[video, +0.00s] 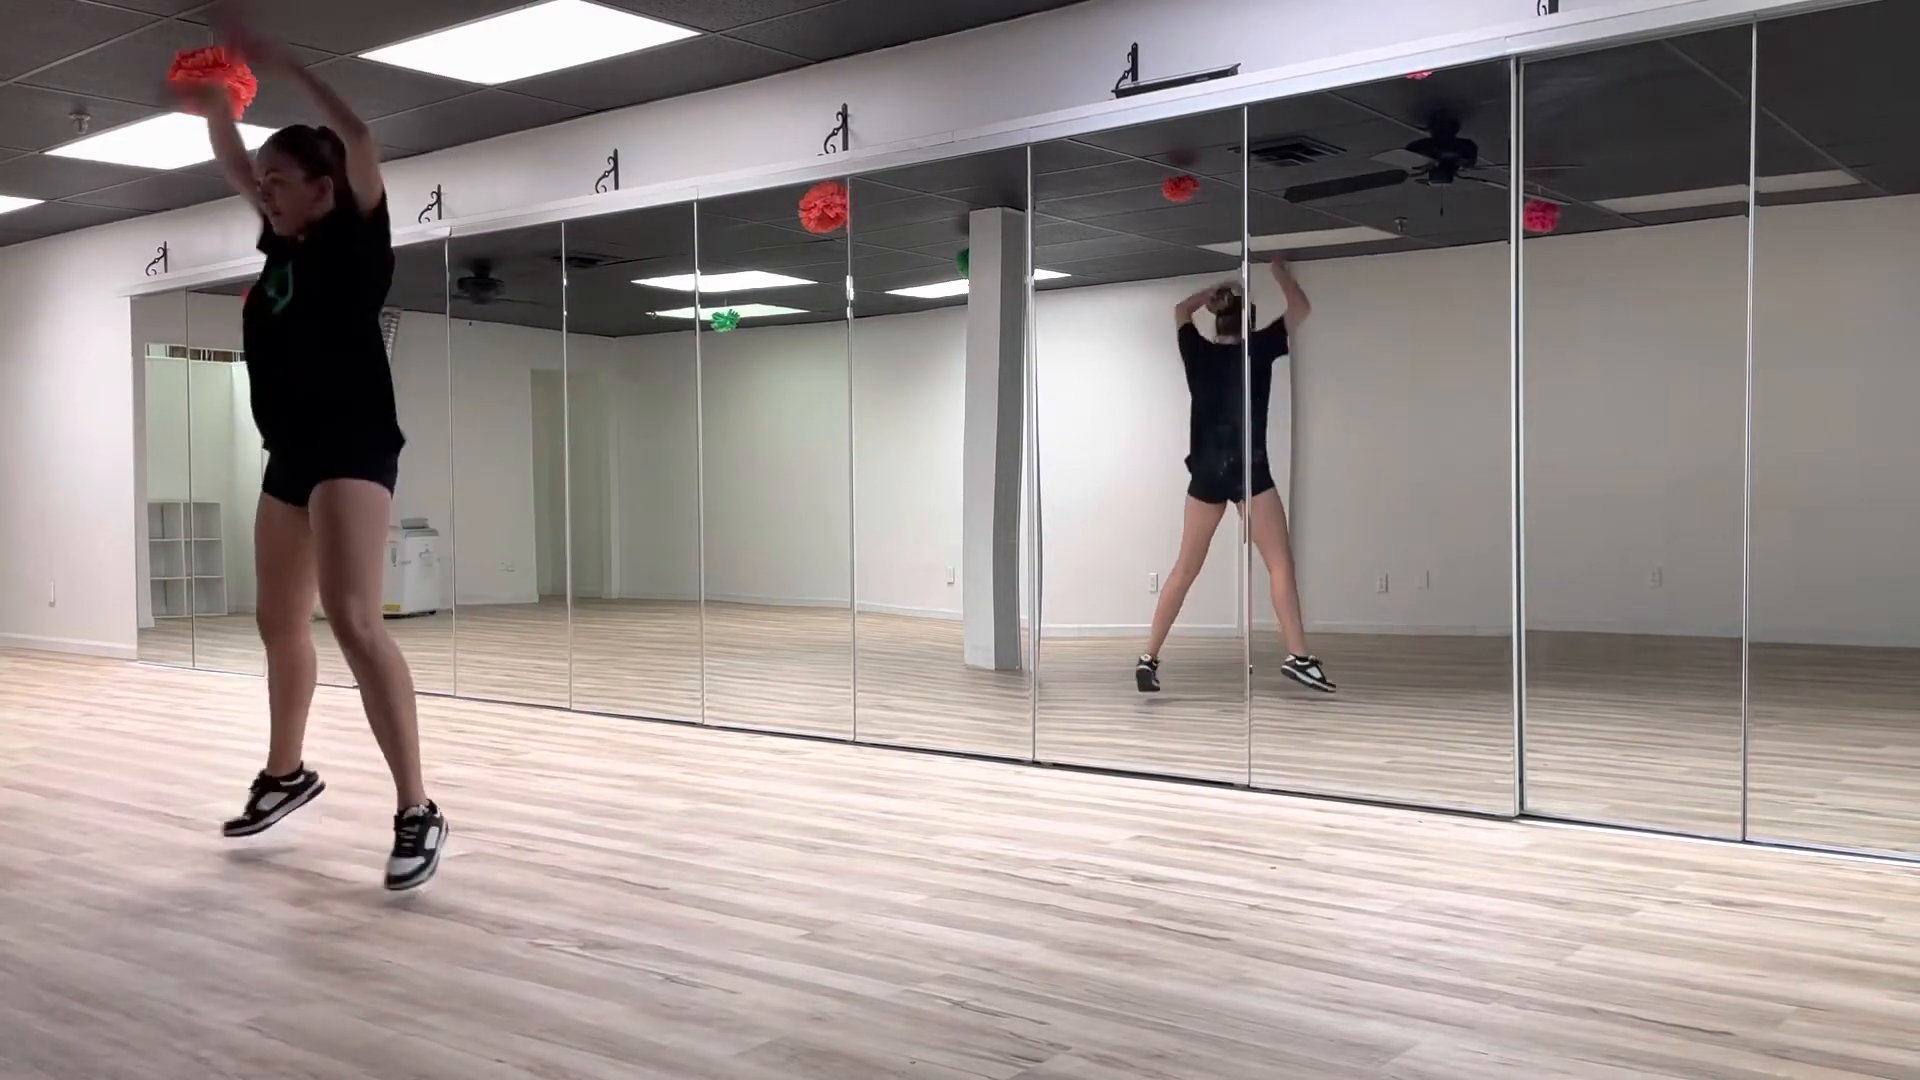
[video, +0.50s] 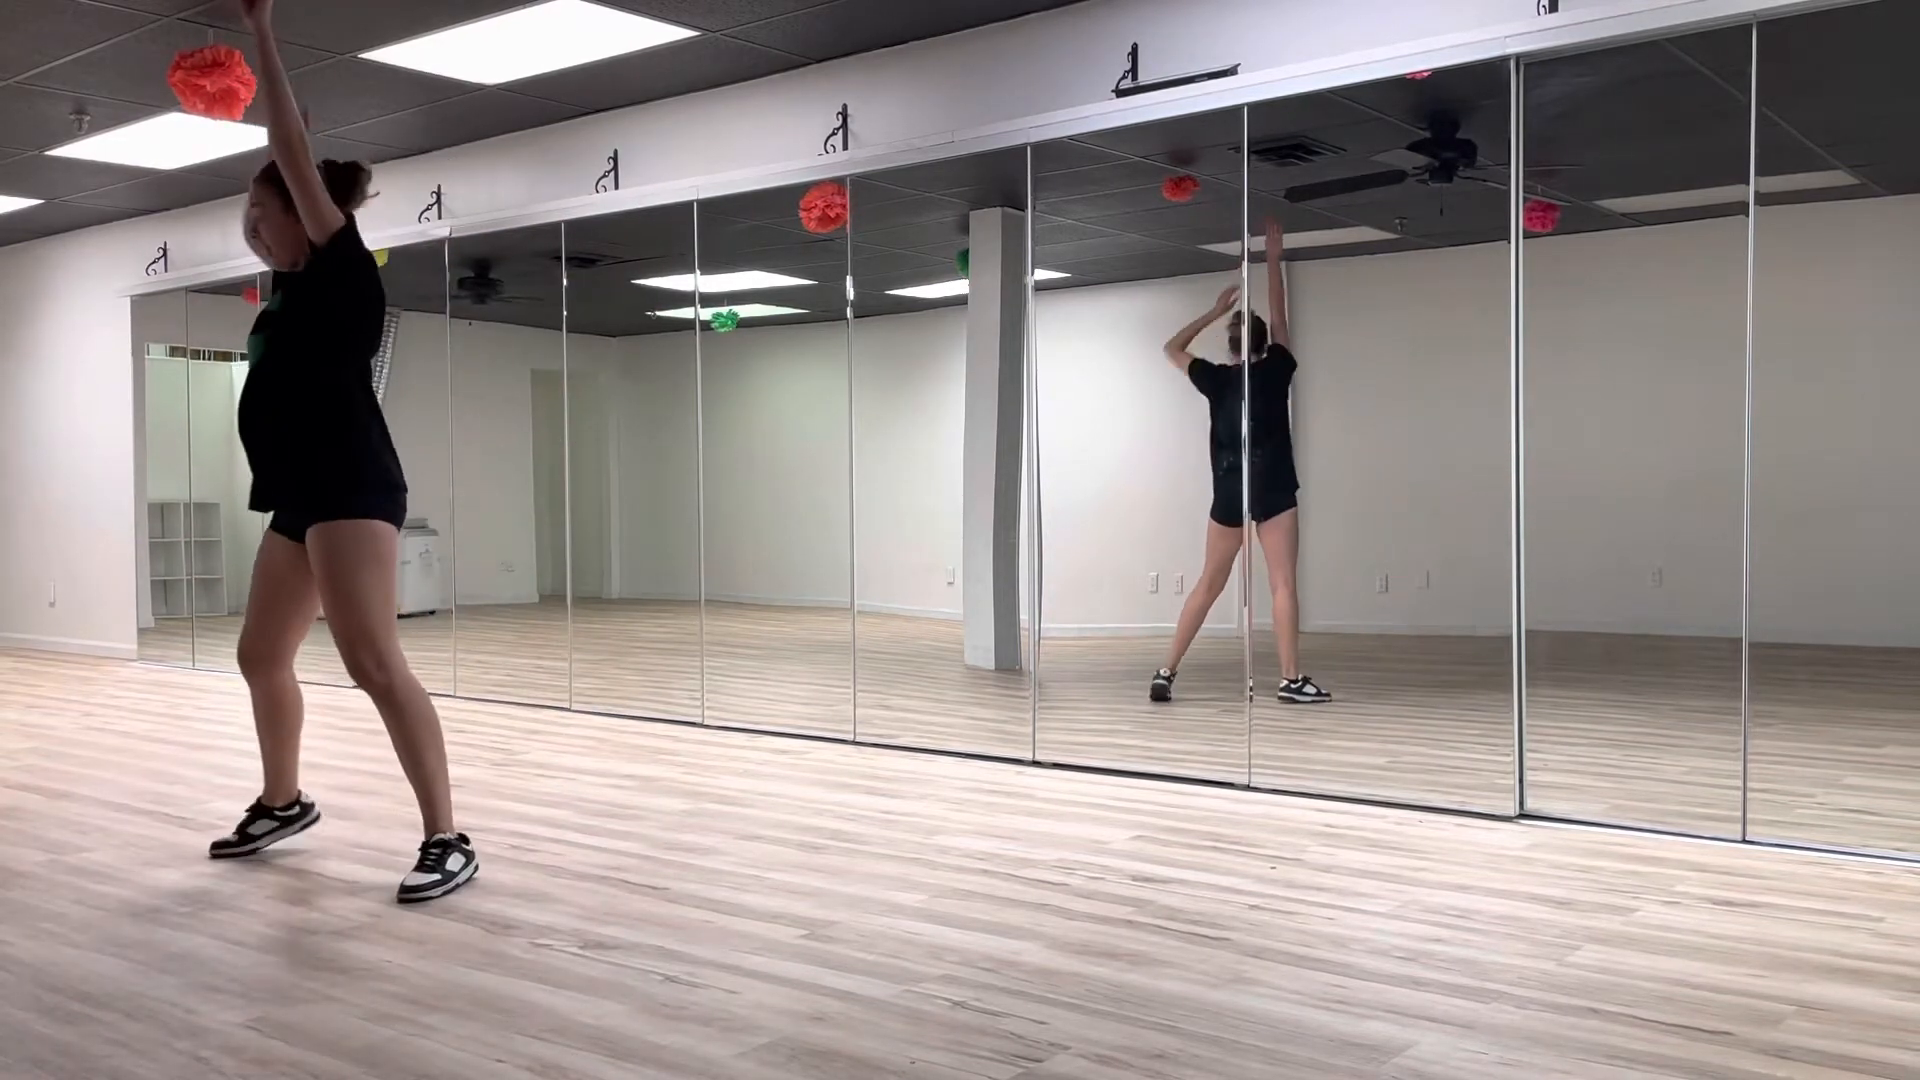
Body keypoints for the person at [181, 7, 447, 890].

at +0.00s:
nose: (266, 195)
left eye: (279, 182)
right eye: (261, 184)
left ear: (323, 182)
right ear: (268, 189)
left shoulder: (358, 234)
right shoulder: (281, 241)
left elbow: (354, 130)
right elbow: (235, 164)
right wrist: (216, 90)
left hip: (355, 448)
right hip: (290, 453)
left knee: (355, 620)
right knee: (280, 619)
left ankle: (415, 810)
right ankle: (286, 771)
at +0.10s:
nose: (263, 204)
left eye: (275, 191)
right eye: (259, 193)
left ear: (319, 188)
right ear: (270, 197)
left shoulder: (349, 242)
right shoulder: (281, 256)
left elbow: (320, 132)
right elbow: (253, 149)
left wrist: (292, 25)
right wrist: (237, 42)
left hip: (352, 460)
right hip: (291, 470)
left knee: (360, 634)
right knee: (285, 643)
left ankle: (430, 823)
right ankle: (284, 797)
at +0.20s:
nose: (266, 233)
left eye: (277, 219)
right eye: (261, 222)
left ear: (321, 217)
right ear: (268, 231)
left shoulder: (351, 281)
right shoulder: (283, 294)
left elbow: (307, 164)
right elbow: (267, 168)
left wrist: (286, 42)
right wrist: (264, 49)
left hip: (350, 488)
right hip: (289, 497)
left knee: (377, 658)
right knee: (286, 665)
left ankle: (449, 837)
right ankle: (297, 814)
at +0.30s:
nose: (266, 235)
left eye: (278, 220)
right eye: (260, 224)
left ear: (323, 218)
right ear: (269, 231)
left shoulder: (352, 285)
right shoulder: (287, 295)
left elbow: (307, 163)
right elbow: (266, 171)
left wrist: (284, 41)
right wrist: (267, 56)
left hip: (349, 494)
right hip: (288, 503)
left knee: (389, 664)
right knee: (285, 665)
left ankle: (446, 839)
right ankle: (295, 812)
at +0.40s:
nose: (269, 231)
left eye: (281, 216)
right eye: (264, 219)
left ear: (324, 214)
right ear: (272, 227)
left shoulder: (352, 278)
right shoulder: (290, 287)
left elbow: (304, 161)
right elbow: (251, 179)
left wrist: (282, 43)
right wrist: (265, 74)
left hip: (351, 490)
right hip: (291, 498)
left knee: (388, 664)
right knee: (280, 662)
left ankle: (446, 839)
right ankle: (291, 811)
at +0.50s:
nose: (252, 229)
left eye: (263, 216)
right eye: (250, 218)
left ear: (303, 211)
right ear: (269, 223)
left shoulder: (344, 271)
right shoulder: (288, 296)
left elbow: (294, 157)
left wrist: (263, 41)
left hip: (352, 488)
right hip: (295, 497)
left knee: (375, 662)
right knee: (262, 656)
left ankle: (445, 837)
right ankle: (283, 801)